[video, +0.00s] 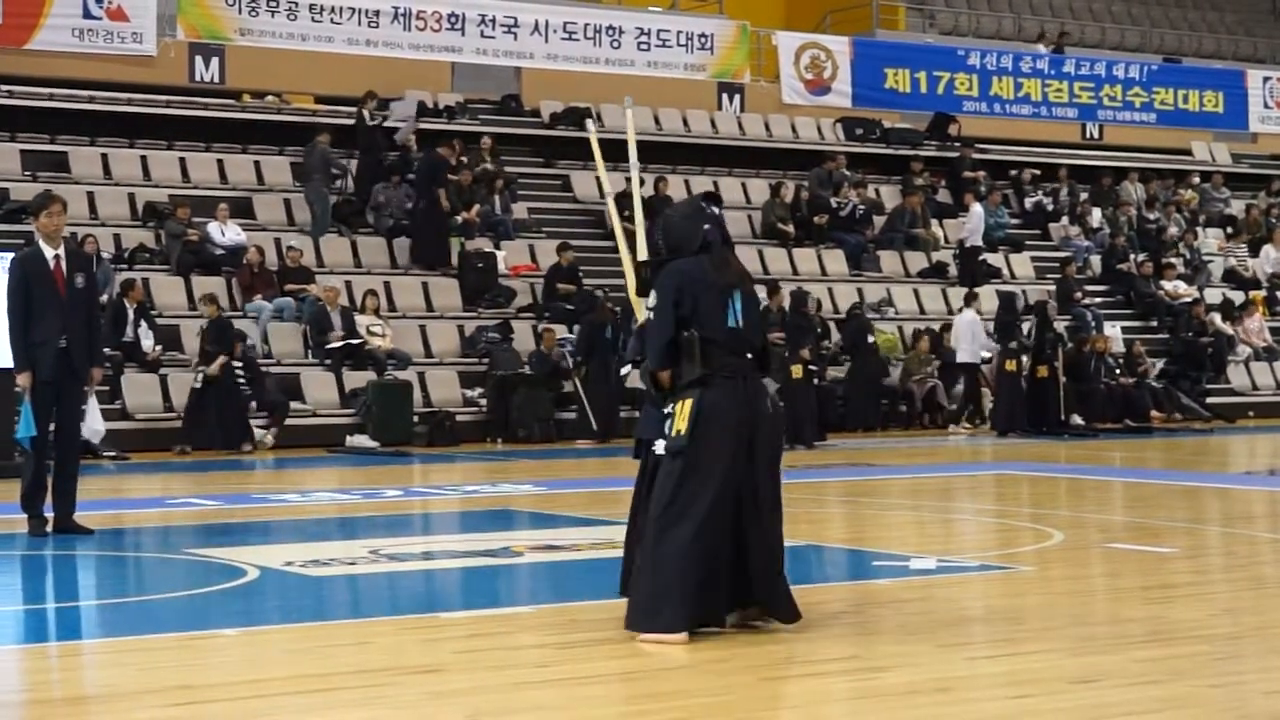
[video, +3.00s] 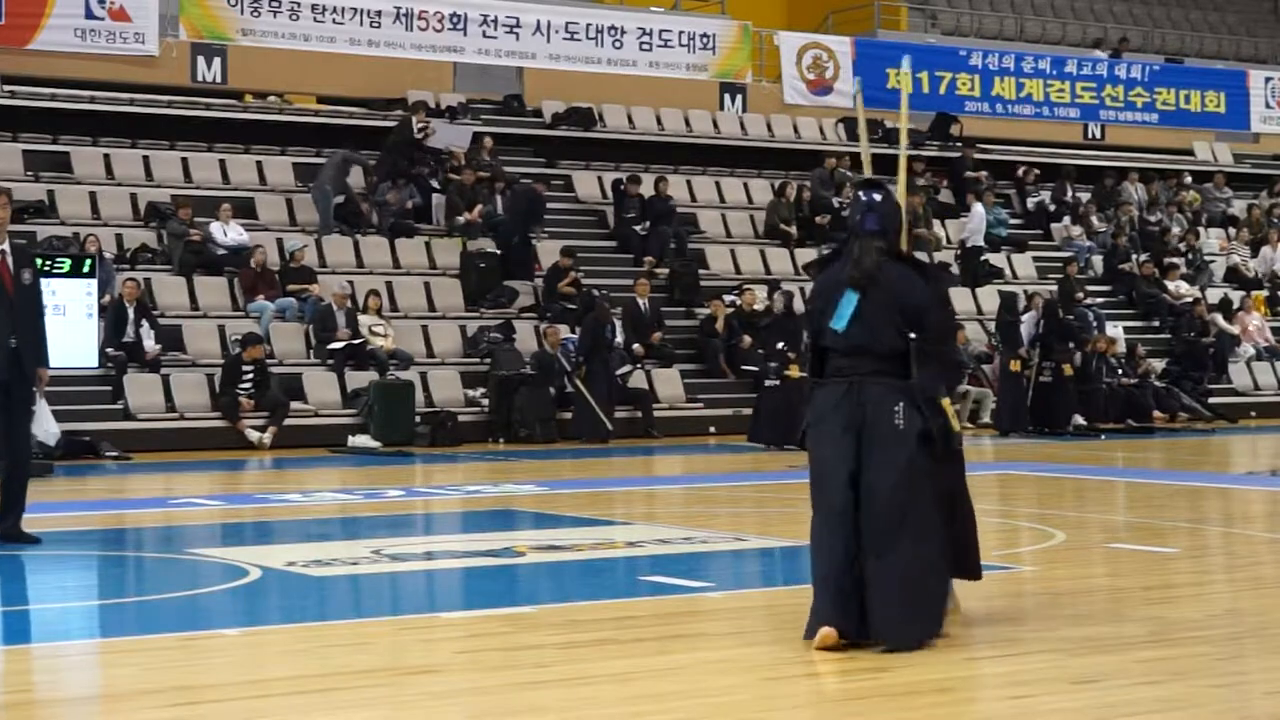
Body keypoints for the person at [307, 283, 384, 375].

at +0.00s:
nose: (327, 294)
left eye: (331, 291)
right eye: (325, 291)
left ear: (338, 294)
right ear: (322, 293)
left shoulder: (347, 311)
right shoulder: (316, 312)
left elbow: (353, 334)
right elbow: (315, 339)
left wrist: (343, 336)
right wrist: (329, 338)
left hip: (346, 344)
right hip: (326, 346)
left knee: (359, 350)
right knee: (337, 354)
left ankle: (360, 383)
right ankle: (338, 387)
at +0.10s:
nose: (328, 294)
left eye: (331, 291)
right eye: (325, 291)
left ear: (338, 294)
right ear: (322, 294)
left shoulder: (347, 311)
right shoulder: (316, 312)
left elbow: (353, 333)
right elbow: (315, 339)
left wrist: (342, 336)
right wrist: (327, 338)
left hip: (346, 344)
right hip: (326, 347)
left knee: (359, 350)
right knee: (338, 352)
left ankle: (359, 381)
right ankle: (336, 384)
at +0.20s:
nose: (328, 294)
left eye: (331, 291)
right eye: (326, 291)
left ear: (339, 294)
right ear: (323, 293)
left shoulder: (347, 311)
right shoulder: (317, 312)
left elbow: (352, 333)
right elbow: (314, 337)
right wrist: (325, 339)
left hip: (346, 344)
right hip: (326, 346)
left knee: (359, 351)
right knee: (338, 353)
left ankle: (360, 382)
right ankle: (337, 386)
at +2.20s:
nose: (344, 301)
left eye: (346, 298)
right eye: (341, 297)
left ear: (348, 297)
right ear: (332, 296)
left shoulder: (350, 312)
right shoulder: (321, 311)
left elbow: (355, 333)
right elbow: (316, 337)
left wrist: (362, 339)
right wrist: (325, 338)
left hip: (348, 343)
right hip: (329, 345)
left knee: (361, 351)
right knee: (343, 352)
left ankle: (362, 381)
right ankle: (335, 381)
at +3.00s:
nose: (345, 301)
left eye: (347, 298)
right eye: (342, 298)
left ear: (349, 298)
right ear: (333, 296)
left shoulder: (351, 312)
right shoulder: (322, 311)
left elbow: (356, 334)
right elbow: (318, 336)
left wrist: (349, 334)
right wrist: (336, 336)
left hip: (348, 343)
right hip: (328, 344)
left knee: (361, 349)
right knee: (340, 353)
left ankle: (361, 381)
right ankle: (337, 382)